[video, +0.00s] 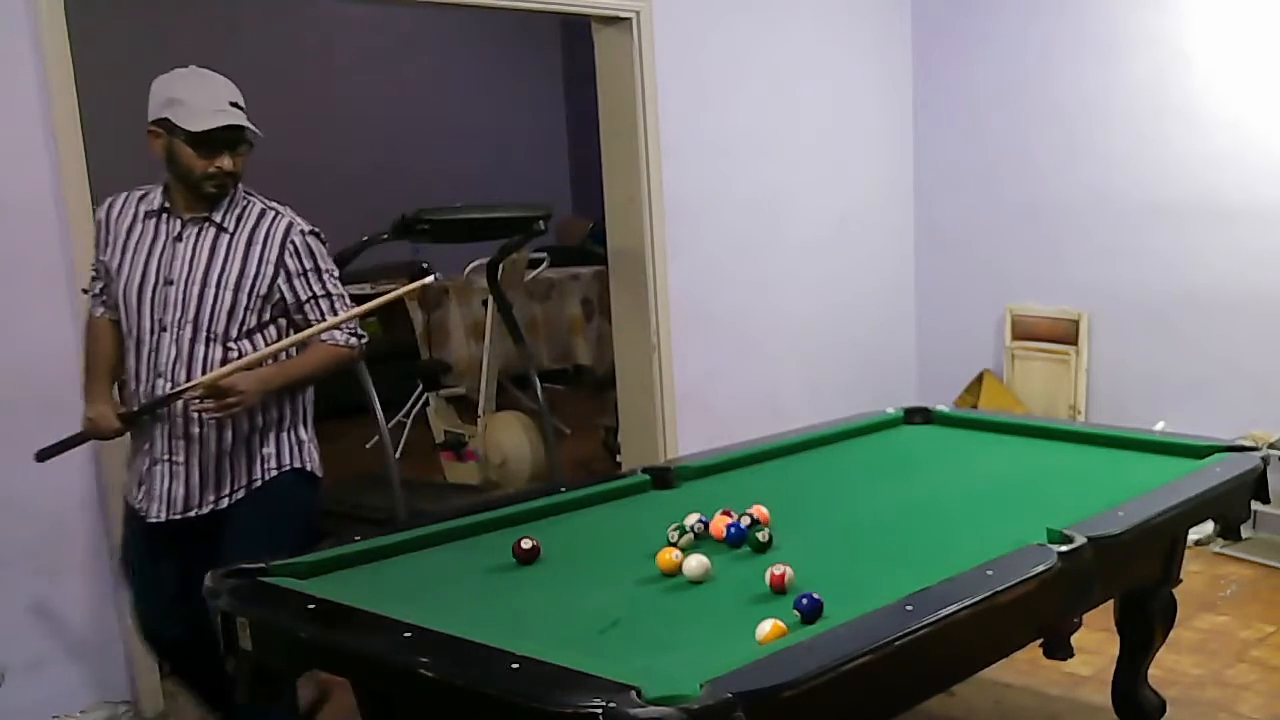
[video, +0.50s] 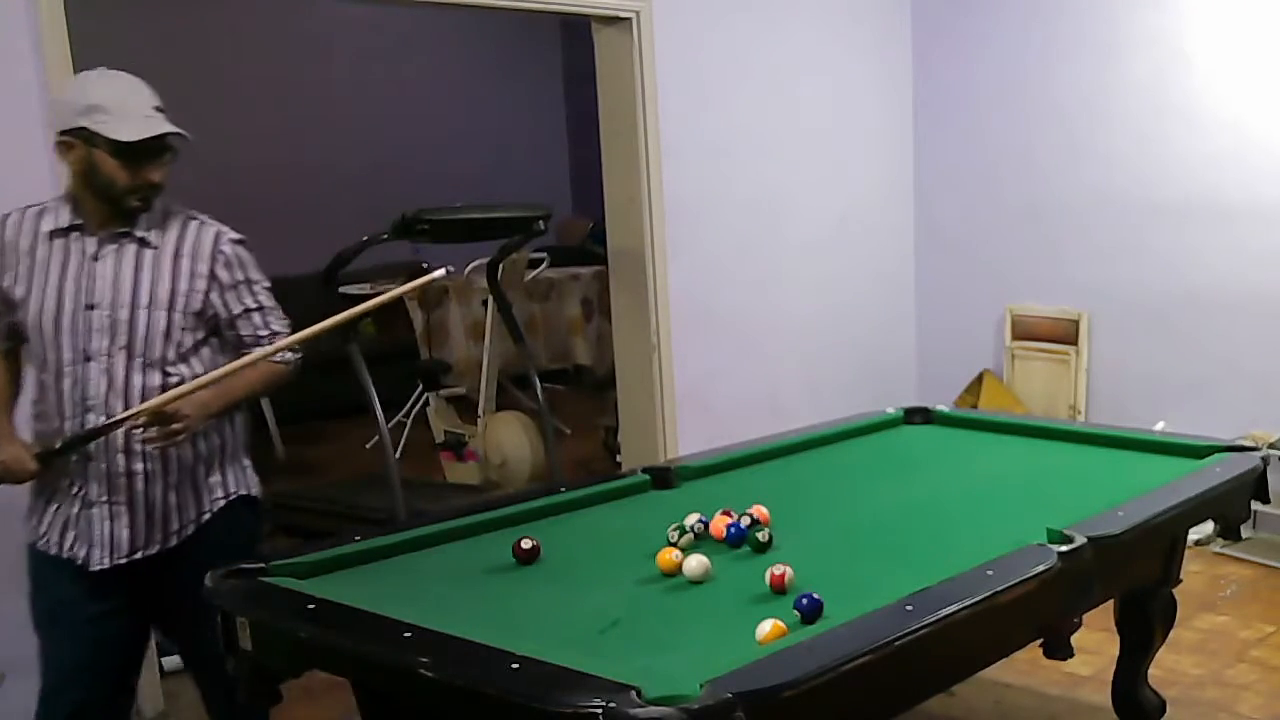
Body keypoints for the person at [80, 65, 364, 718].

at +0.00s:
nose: (225, 163)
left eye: (237, 146)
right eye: (206, 146)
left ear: (251, 142)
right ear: (160, 139)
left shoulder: (283, 234)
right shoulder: (120, 217)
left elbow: (345, 339)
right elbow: (106, 306)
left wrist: (266, 380)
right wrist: (100, 394)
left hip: (264, 470)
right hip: (164, 477)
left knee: (259, 627)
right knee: (168, 629)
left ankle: (280, 712)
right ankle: (254, 709)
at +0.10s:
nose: (218, 161)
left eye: (229, 144)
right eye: (198, 144)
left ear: (243, 141)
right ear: (148, 137)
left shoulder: (273, 234)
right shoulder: (108, 216)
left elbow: (334, 341)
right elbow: (93, 308)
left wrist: (256, 381)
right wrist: (84, 394)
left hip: (253, 482)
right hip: (146, 488)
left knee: (261, 651)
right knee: (140, 638)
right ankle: (190, 719)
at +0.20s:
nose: (208, 160)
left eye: (219, 144)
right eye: (188, 143)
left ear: (231, 140)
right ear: (136, 137)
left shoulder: (261, 234)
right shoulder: (95, 217)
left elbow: (325, 343)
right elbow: (78, 312)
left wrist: (246, 384)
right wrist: (68, 400)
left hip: (244, 494)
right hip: (130, 500)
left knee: (259, 678)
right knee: (124, 676)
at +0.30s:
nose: (196, 163)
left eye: (205, 146)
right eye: (176, 146)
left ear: (217, 141)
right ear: (121, 140)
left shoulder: (249, 237)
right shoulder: (74, 223)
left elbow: (315, 345)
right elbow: (57, 318)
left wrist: (237, 388)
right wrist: (51, 412)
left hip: (232, 506)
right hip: (114, 509)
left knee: (255, 690)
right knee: (108, 692)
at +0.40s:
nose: (179, 168)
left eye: (186, 150)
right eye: (159, 150)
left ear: (198, 147)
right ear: (101, 144)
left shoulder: (231, 239)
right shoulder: (45, 231)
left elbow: (300, 347)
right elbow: (27, 323)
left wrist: (221, 395)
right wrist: (28, 421)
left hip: (220, 514)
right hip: (97, 522)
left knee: (248, 695)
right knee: (92, 698)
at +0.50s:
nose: (153, 173)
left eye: (161, 155)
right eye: (132, 155)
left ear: (174, 152)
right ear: (71, 150)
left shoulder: (207, 247)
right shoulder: (18, 241)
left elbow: (280, 352)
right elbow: (7, 347)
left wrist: (207, 400)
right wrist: (5, 435)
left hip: (202, 528)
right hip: (75, 537)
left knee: (240, 700)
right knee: (76, 706)